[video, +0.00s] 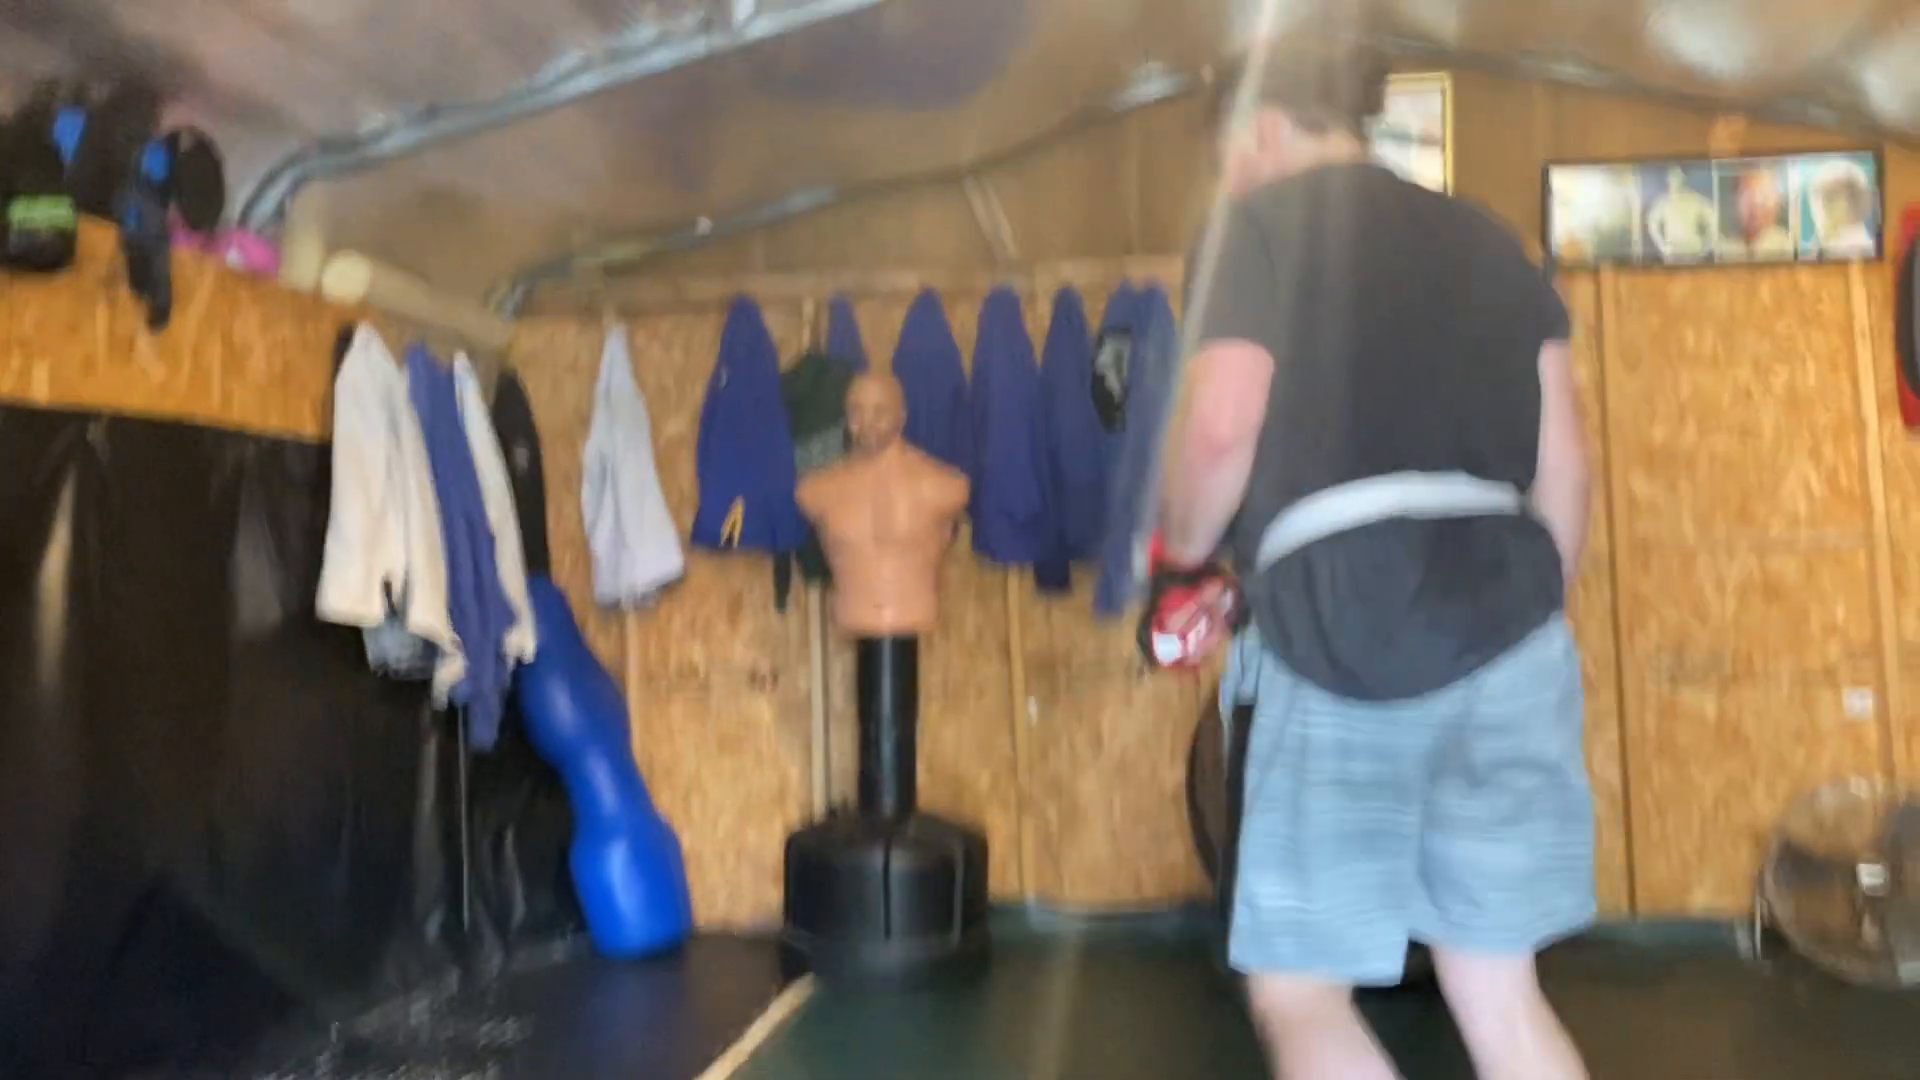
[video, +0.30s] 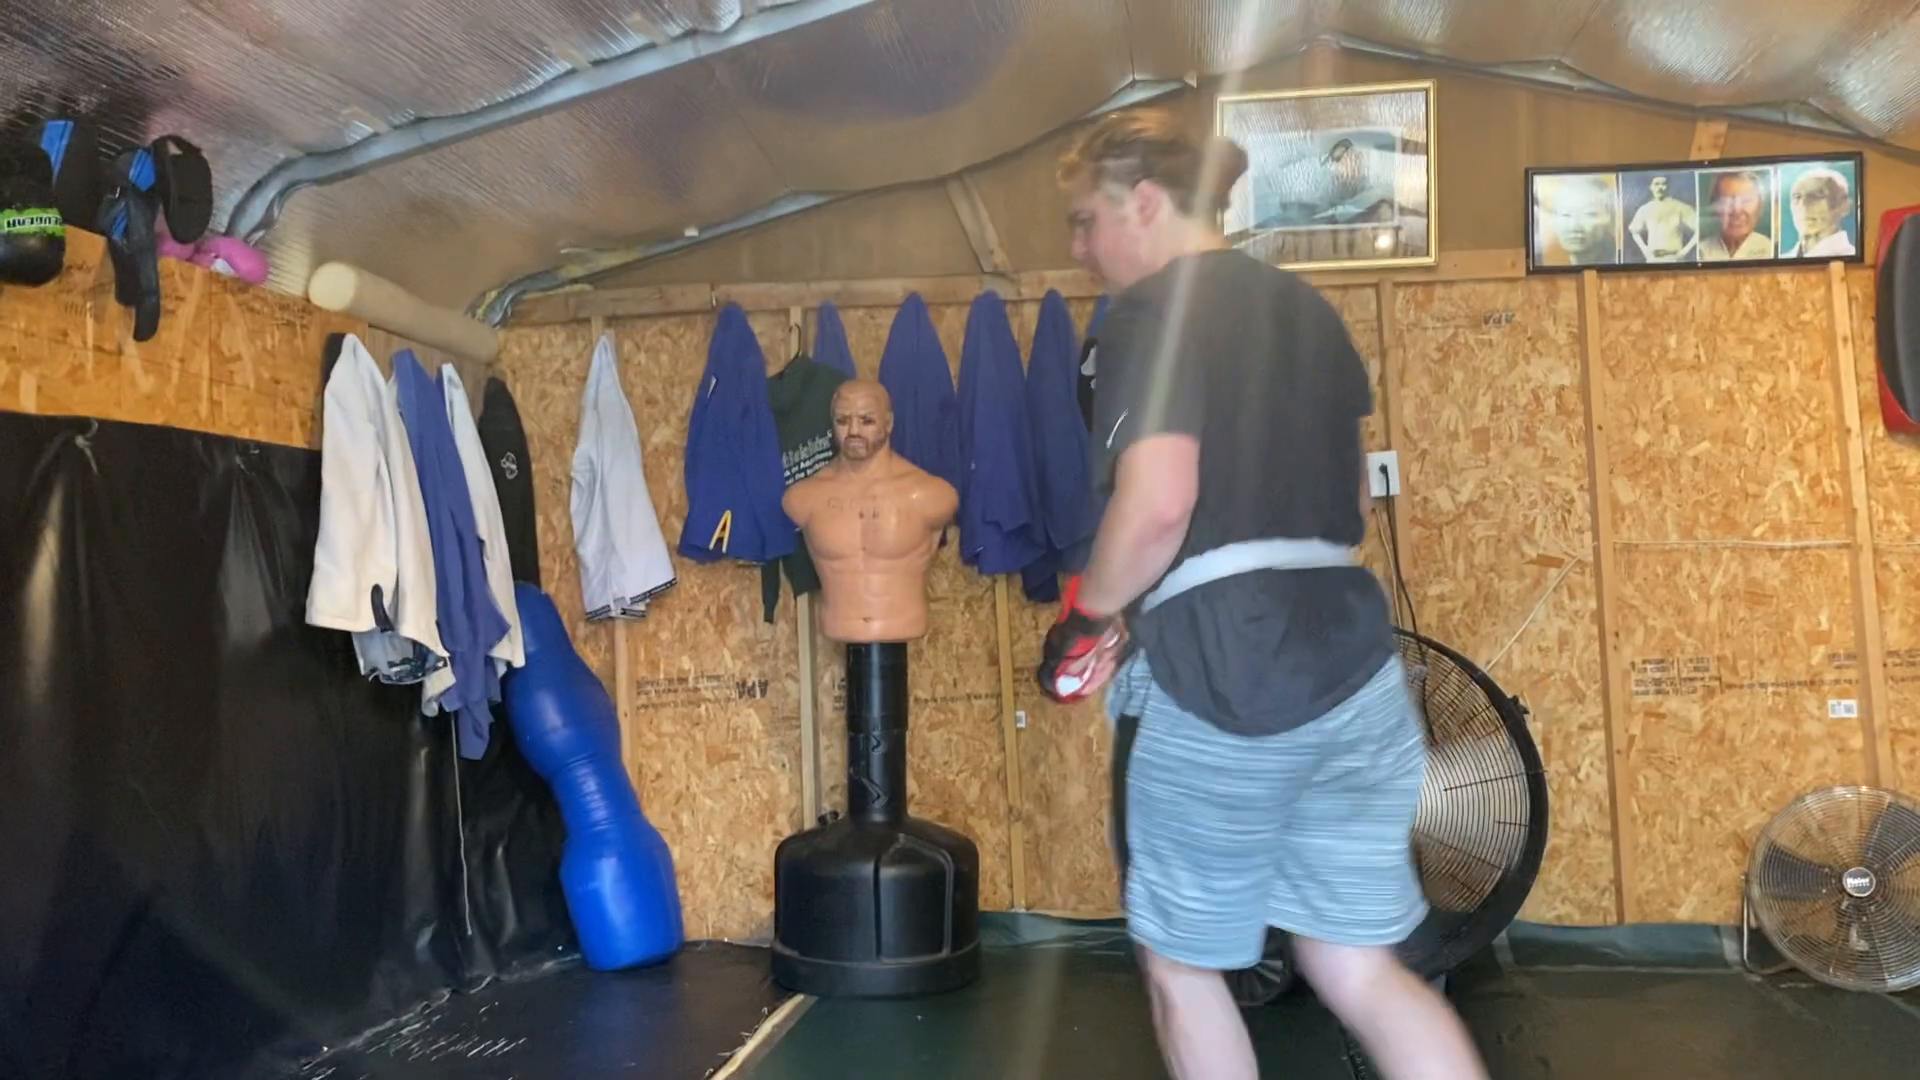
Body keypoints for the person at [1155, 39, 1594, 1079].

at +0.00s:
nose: (1230, 183)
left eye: (1229, 159)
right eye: (1225, 164)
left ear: (1269, 133)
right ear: (1356, 132)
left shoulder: (1269, 219)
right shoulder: (1495, 239)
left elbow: (1223, 424)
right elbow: (1562, 466)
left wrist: (1182, 562)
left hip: (1340, 622)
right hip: (1512, 616)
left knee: (1300, 989)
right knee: (1497, 978)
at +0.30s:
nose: (1080, 249)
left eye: (1085, 221)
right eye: (1076, 225)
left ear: (1142, 202)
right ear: (1162, 203)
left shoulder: (1153, 309)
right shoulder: (1310, 308)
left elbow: (1158, 505)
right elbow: (1325, 502)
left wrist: (1093, 611)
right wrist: (1134, 618)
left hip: (1224, 667)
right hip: (1355, 654)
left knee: (1183, 961)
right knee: (1352, 955)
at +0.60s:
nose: (1014, 239)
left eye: (1036, 217)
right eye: (1006, 221)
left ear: (1101, 220)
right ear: (1006, 233)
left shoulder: (1127, 326)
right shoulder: (1085, 337)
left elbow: (1142, 515)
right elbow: (1090, 513)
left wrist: (1010, 579)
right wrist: (1012, 581)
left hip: (1156, 642)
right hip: (1108, 643)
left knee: (1151, 934)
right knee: (1094, 899)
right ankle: (1154, 1066)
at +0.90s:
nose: (910, 273)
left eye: (930, 255)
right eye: (896, 256)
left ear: (971, 266)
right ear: (879, 269)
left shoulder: (1027, 377)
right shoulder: (884, 385)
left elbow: (1095, 516)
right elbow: (875, 527)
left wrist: (994, 588)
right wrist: (822, 595)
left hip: (1021, 664)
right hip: (930, 670)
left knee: (1012, 913)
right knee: (958, 895)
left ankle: (1106, 1074)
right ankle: (977, 1073)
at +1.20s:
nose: (823, 273)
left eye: (841, 257)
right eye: (805, 259)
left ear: (873, 270)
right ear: (784, 279)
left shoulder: (945, 370)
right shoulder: (767, 401)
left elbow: (1025, 481)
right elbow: (742, 543)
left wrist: (976, 560)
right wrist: (687, 606)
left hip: (956, 653)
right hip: (843, 664)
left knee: (998, 891)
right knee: (882, 887)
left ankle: (1040, 1074)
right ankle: (912, 1074)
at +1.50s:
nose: (842, 264)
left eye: (859, 249)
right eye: (824, 250)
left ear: (889, 266)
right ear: (802, 270)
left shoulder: (953, 367)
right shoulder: (769, 389)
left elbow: (1021, 483)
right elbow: (748, 520)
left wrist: (984, 559)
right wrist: (754, 575)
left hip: (957, 649)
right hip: (837, 658)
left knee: (992, 884)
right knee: (874, 885)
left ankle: (1031, 1074)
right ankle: (903, 1075)